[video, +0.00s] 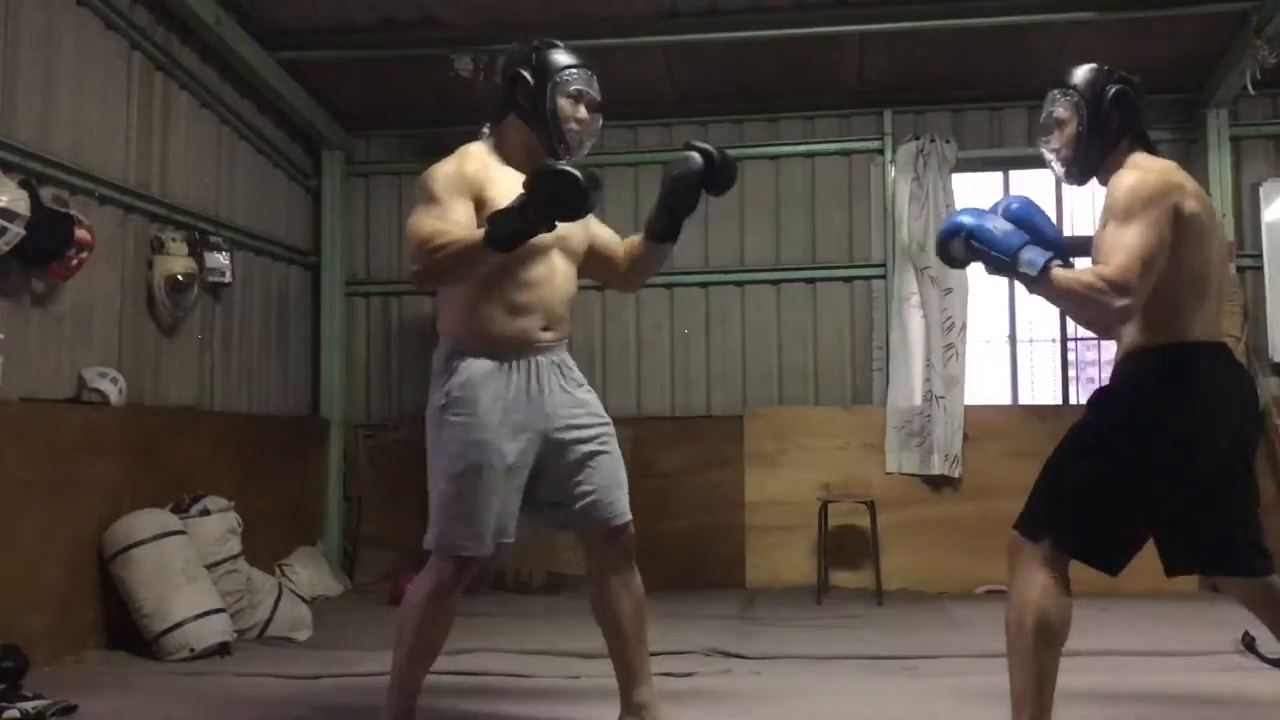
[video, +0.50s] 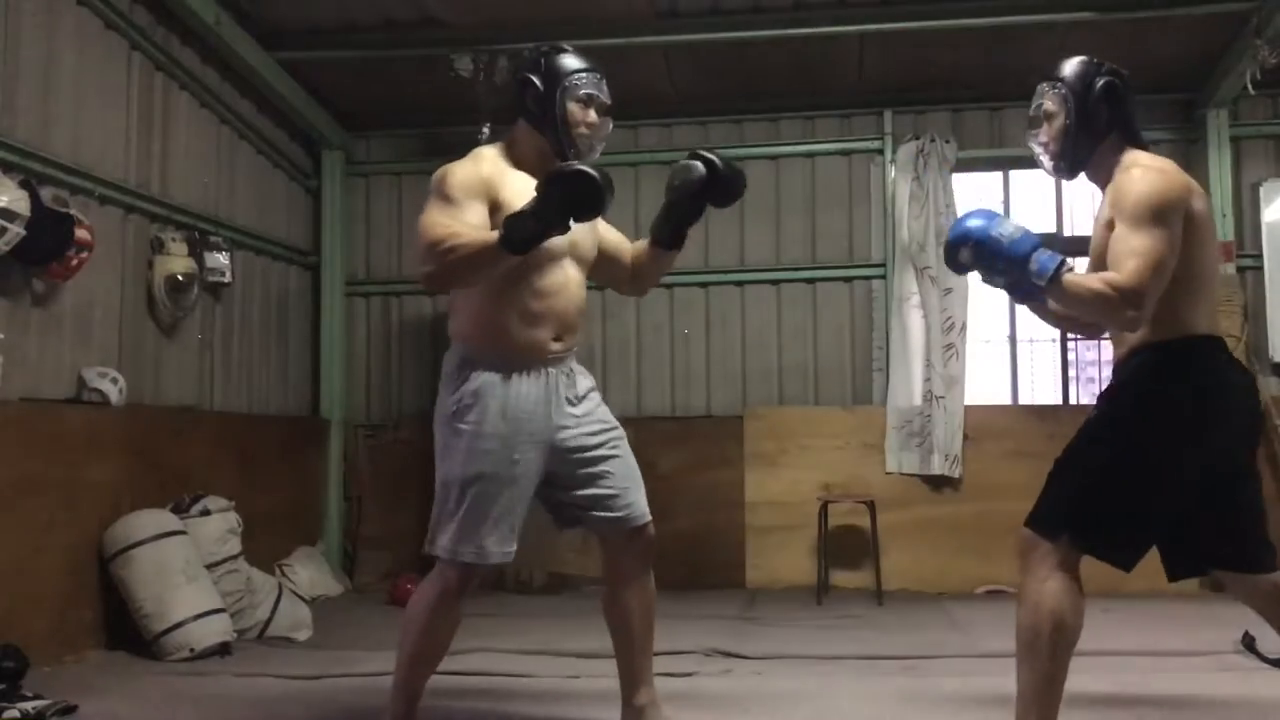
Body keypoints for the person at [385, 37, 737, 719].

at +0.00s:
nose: (590, 117)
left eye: (594, 105)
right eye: (577, 100)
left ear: (588, 115)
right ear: (528, 99)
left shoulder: (566, 202)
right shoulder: (462, 170)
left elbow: (629, 267)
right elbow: (424, 263)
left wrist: (673, 206)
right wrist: (512, 226)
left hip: (559, 374)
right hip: (478, 378)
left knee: (614, 536)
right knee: (457, 559)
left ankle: (640, 704)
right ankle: (400, 706)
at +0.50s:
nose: (599, 122)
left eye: (604, 110)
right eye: (586, 105)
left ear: (600, 119)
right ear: (539, 103)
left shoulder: (574, 202)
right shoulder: (474, 173)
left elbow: (636, 274)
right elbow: (436, 268)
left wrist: (678, 215)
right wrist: (527, 230)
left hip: (569, 385)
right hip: (490, 390)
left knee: (631, 533)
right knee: (460, 564)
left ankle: (641, 703)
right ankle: (401, 708)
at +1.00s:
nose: (560, 134)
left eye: (565, 122)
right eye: (548, 119)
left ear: (564, 130)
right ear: (502, 114)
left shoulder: (572, 200)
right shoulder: (447, 188)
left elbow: (624, 291)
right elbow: (439, 251)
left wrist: (663, 370)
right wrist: (541, 201)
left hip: (625, 318)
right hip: (566, 387)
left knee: (765, 263)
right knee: (592, 555)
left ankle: (929, 261)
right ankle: (567, 711)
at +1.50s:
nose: (583, 147)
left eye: (588, 137)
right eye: (569, 132)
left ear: (589, 150)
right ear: (529, 138)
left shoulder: (581, 220)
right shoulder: (486, 212)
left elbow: (628, 302)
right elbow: (474, 315)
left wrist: (639, 266)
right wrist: (562, 282)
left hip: (566, 398)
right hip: (513, 399)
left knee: (537, 551)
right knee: (579, 533)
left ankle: (469, 676)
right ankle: (562, 707)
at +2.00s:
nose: (704, 164)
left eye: (701, 153)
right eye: (691, 152)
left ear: (644, 159)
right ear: (657, 155)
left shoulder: (623, 214)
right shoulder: (646, 195)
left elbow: (601, 305)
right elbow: (736, 198)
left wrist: (668, 344)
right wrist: (847, 182)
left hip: (534, 390)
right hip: (571, 402)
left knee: (513, 547)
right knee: (675, 536)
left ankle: (459, 677)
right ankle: (706, 706)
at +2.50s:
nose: (661, 166)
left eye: (664, 156)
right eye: (650, 152)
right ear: (614, 152)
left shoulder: (611, 223)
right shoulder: (592, 205)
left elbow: (686, 265)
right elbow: (573, 291)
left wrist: (716, 192)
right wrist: (601, 385)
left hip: (544, 399)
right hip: (586, 399)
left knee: (512, 557)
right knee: (706, 528)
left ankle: (435, 687)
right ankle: (702, 700)